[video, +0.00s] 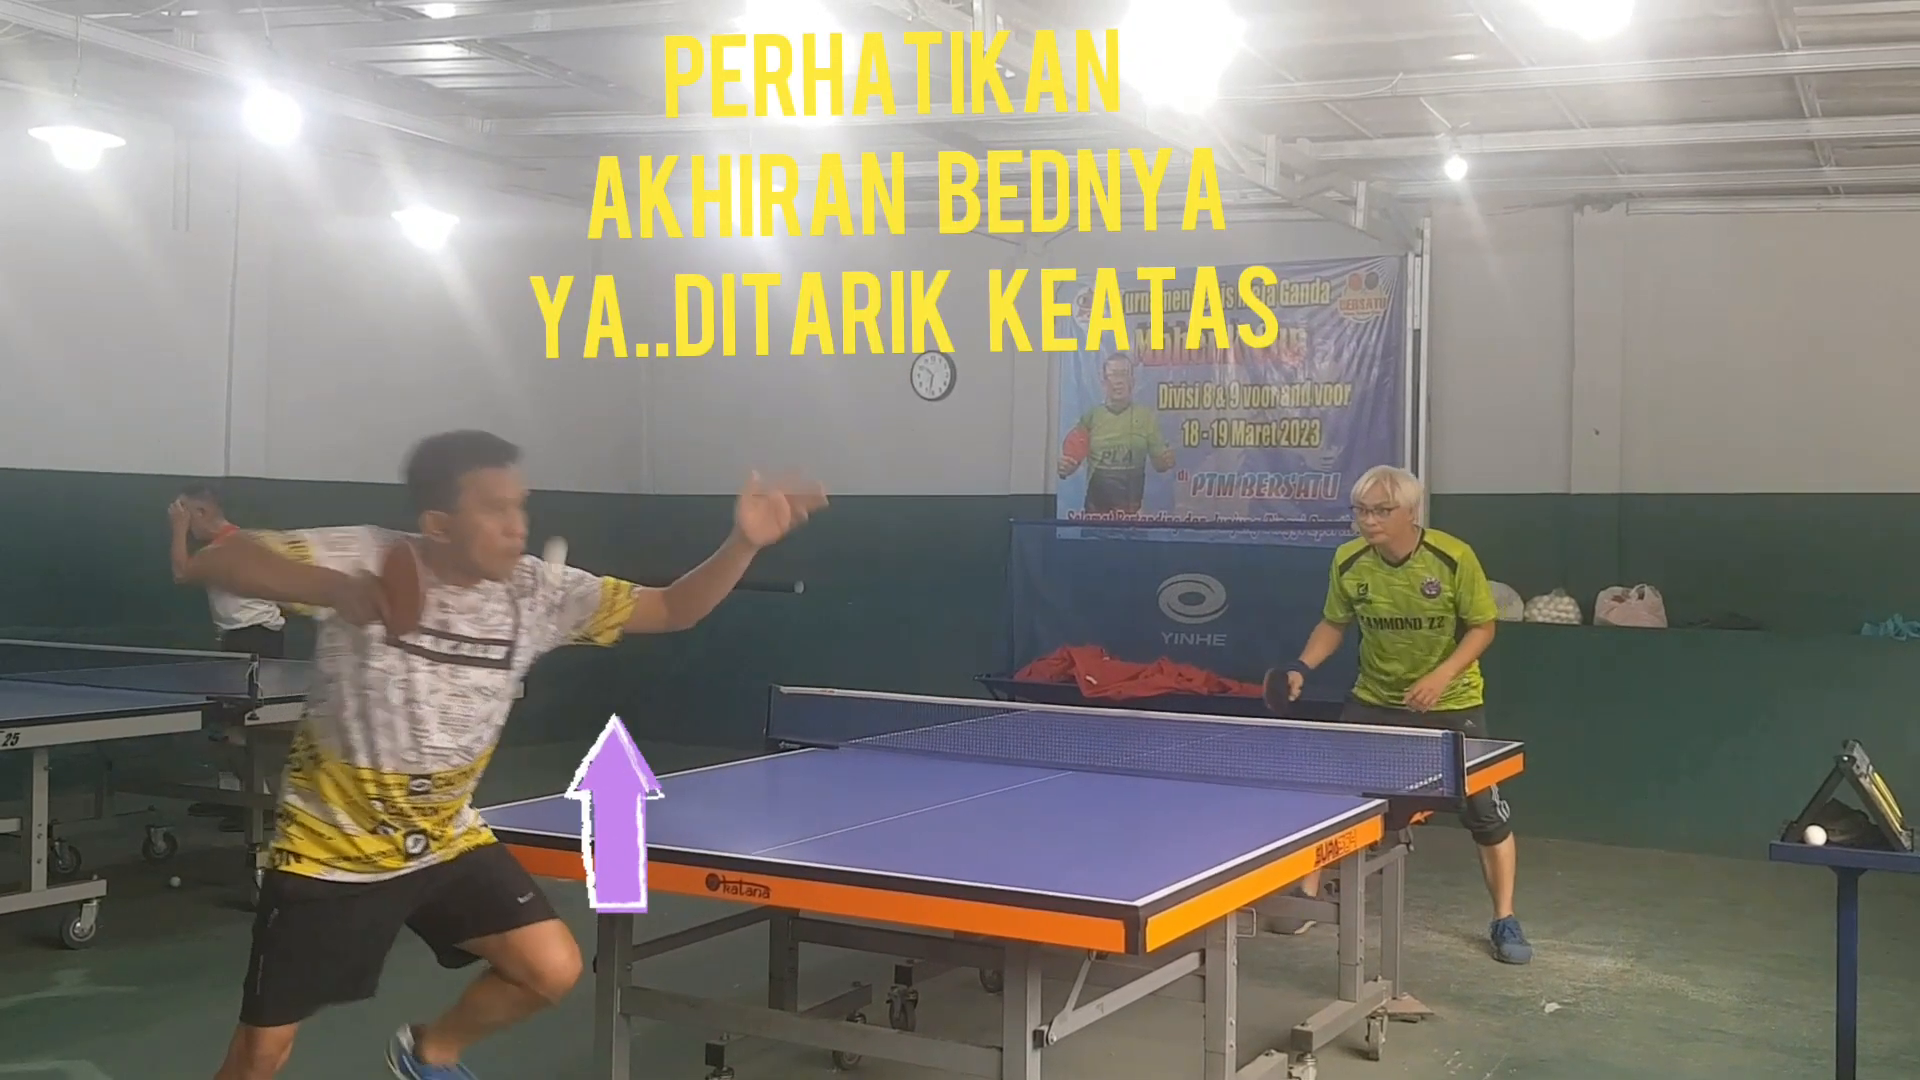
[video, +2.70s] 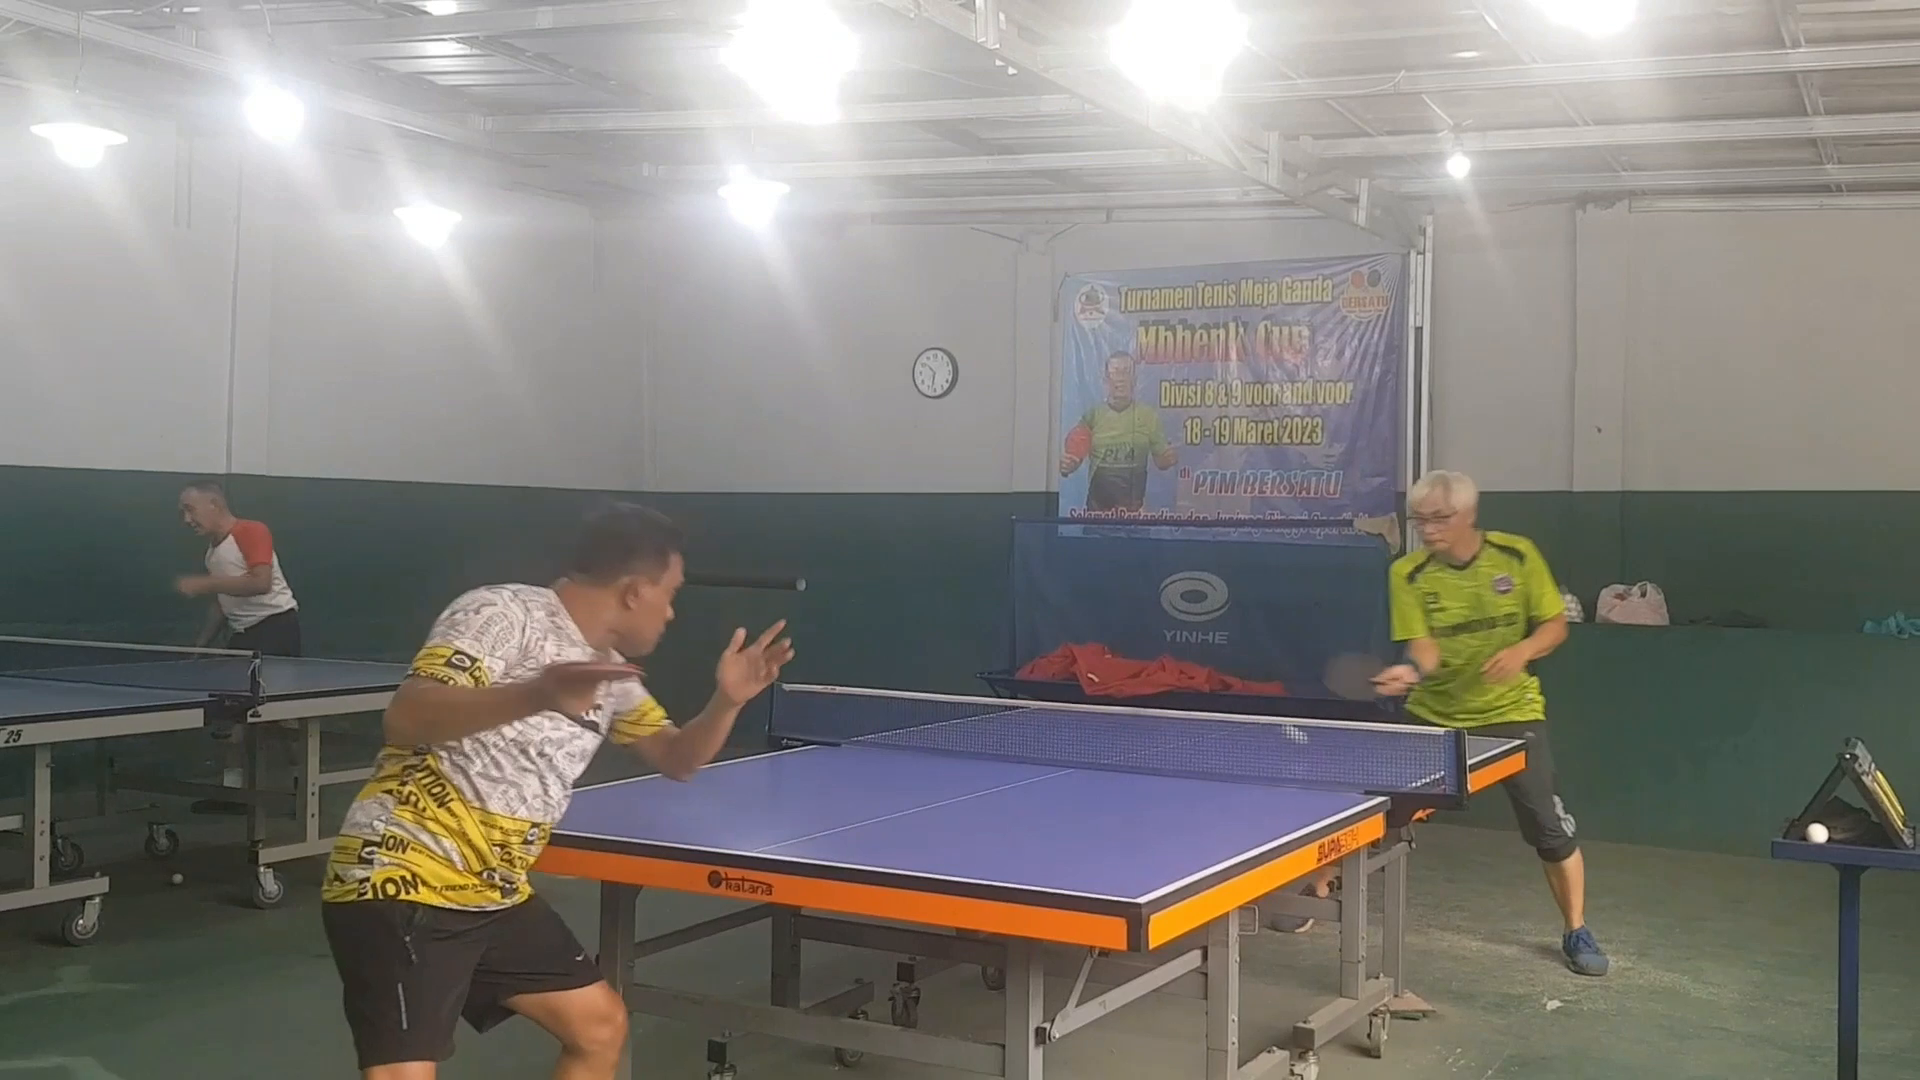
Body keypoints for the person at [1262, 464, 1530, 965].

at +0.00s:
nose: (1367, 521)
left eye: (1378, 511)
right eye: (1361, 511)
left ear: (1409, 513)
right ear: (1355, 515)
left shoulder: (1454, 558)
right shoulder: (1349, 561)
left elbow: (1483, 626)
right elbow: (1332, 624)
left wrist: (1441, 676)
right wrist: (1301, 668)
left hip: (1452, 705)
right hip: (1373, 702)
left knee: (1485, 808)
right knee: (1330, 790)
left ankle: (1505, 918)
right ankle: (1308, 895)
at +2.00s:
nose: (1377, 530)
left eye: (1387, 519)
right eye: (1371, 521)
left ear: (1417, 517)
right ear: (1366, 524)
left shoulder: (1469, 563)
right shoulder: (1364, 574)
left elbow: (1506, 635)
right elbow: (1361, 648)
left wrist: (1469, 667)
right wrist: (1331, 671)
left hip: (1473, 719)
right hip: (1393, 719)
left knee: (1522, 816)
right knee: (1335, 794)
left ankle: (1568, 926)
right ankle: (1312, 896)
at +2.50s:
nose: (1416, 530)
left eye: (1427, 519)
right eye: (1409, 520)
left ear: (1457, 517)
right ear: (1403, 521)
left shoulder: (1508, 558)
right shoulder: (1397, 574)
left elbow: (1544, 630)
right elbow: (1407, 650)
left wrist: (1508, 657)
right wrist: (1390, 670)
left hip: (1502, 713)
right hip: (1424, 714)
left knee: (1540, 819)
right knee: (1357, 792)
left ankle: (1576, 930)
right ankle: (1318, 893)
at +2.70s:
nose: (1428, 529)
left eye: (1439, 519)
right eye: (1421, 519)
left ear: (1468, 516)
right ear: (1414, 520)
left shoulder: (1518, 555)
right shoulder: (1407, 573)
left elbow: (1556, 626)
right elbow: (1424, 648)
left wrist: (1521, 652)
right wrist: (1411, 668)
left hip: (1511, 710)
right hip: (1433, 711)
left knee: (1546, 821)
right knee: (1366, 796)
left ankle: (1577, 931)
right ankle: (1318, 889)